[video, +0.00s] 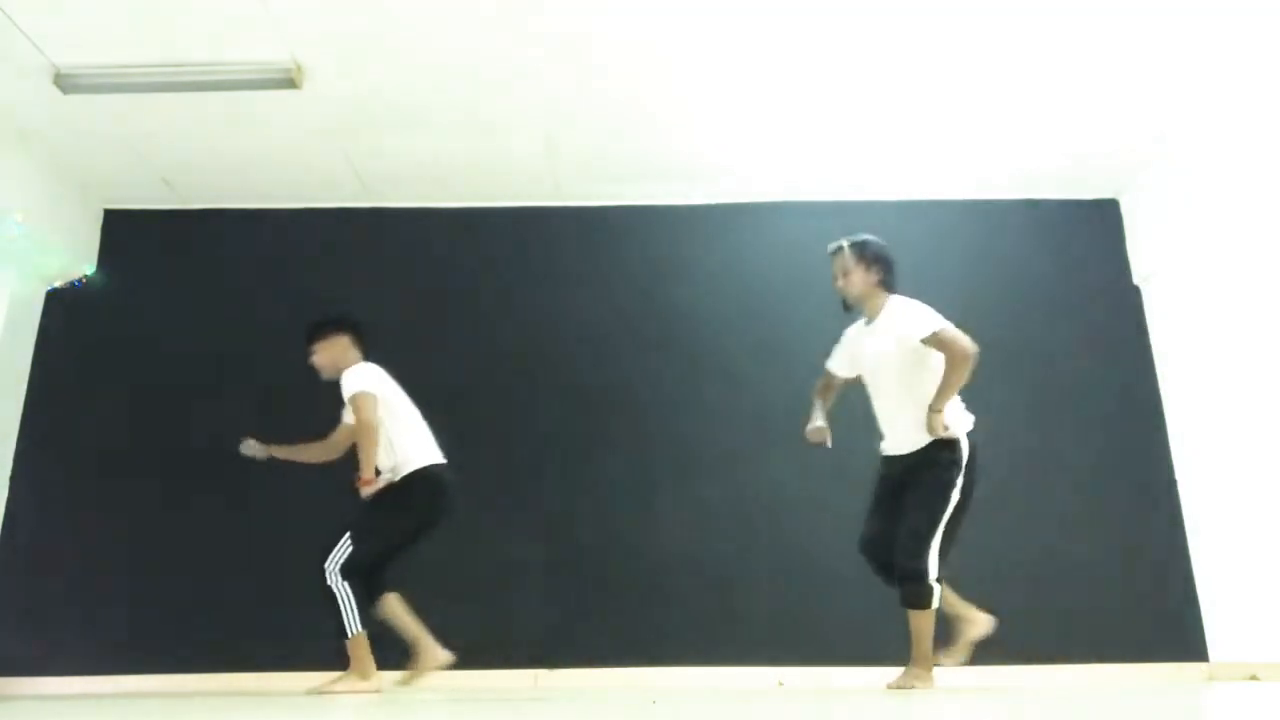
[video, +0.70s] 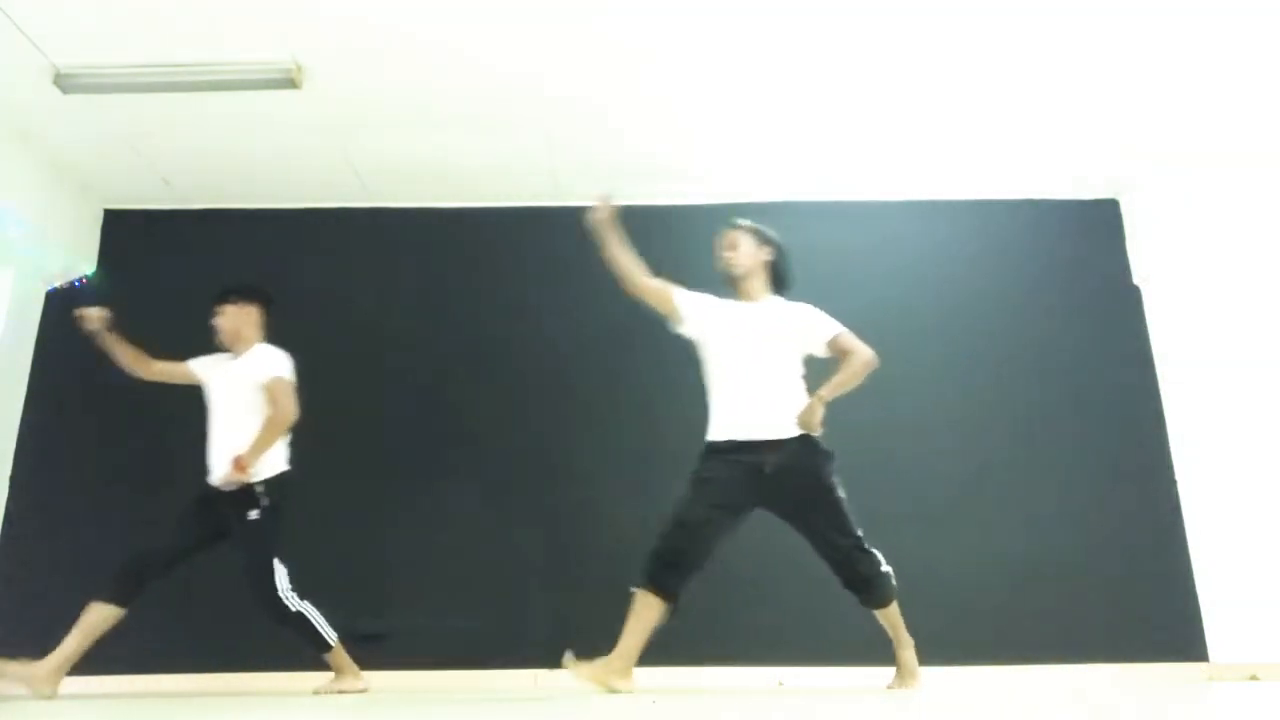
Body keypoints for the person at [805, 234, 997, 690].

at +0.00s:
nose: (839, 283)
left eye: (845, 272)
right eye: (836, 274)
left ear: (874, 271)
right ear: (856, 279)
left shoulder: (907, 313)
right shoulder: (855, 337)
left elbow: (963, 351)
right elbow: (827, 385)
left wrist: (937, 407)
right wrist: (817, 417)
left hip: (942, 451)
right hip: (897, 457)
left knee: (914, 556)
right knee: (879, 549)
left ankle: (921, 670)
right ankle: (970, 617)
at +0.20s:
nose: (837, 276)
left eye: (844, 265)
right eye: (833, 270)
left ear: (872, 264)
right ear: (832, 277)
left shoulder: (911, 317)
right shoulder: (832, 332)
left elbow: (974, 362)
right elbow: (798, 389)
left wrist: (929, 405)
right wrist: (841, 384)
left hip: (905, 454)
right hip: (851, 460)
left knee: (894, 565)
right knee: (851, 561)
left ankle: (920, 667)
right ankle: (909, 604)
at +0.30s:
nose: (837, 273)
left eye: (845, 262)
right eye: (831, 268)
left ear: (872, 264)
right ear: (829, 276)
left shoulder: (904, 323)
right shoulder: (823, 329)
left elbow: (965, 371)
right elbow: (775, 381)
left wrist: (916, 406)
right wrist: (793, 346)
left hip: (886, 456)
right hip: (829, 459)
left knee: (884, 571)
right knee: (819, 541)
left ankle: (918, 665)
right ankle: (869, 596)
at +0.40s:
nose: (827, 269)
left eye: (835, 260)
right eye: (823, 265)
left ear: (863, 264)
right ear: (820, 275)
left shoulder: (893, 324)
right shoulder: (810, 323)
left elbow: (949, 372)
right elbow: (746, 339)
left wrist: (900, 401)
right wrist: (766, 290)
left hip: (867, 455)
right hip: (807, 453)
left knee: (887, 572)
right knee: (769, 528)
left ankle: (916, 664)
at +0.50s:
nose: (809, 264)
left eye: (818, 255)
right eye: (805, 259)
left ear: (845, 264)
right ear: (803, 269)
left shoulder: (872, 325)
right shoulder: (784, 318)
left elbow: (930, 369)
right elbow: (721, 301)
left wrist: (880, 397)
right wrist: (728, 241)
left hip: (847, 455)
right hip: (784, 453)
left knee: (883, 564)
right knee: (730, 534)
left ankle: (914, 665)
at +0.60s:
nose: (776, 260)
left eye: (785, 251)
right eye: (772, 253)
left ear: (813, 259)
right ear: (770, 263)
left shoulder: (842, 321)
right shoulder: (750, 311)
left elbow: (900, 364)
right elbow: (687, 277)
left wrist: (852, 395)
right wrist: (674, 219)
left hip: (821, 453)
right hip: (756, 451)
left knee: (865, 557)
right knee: (707, 542)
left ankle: (910, 657)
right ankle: (645, 650)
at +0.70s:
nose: (726, 253)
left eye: (737, 245)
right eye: (723, 248)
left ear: (766, 254)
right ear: (719, 259)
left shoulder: (798, 317)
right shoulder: (706, 311)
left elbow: (863, 357)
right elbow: (640, 282)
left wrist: (821, 398)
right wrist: (605, 227)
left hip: (794, 459)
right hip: (727, 461)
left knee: (852, 559)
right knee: (672, 555)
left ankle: (906, 653)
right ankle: (618, 665)